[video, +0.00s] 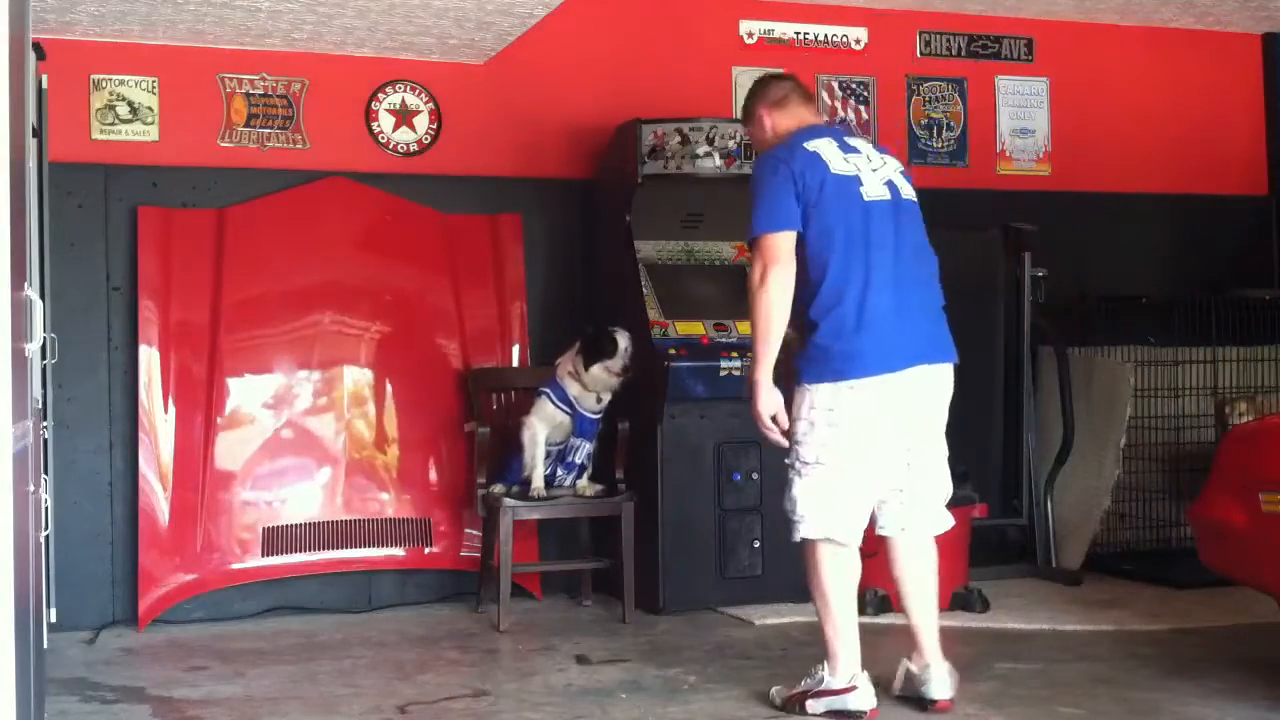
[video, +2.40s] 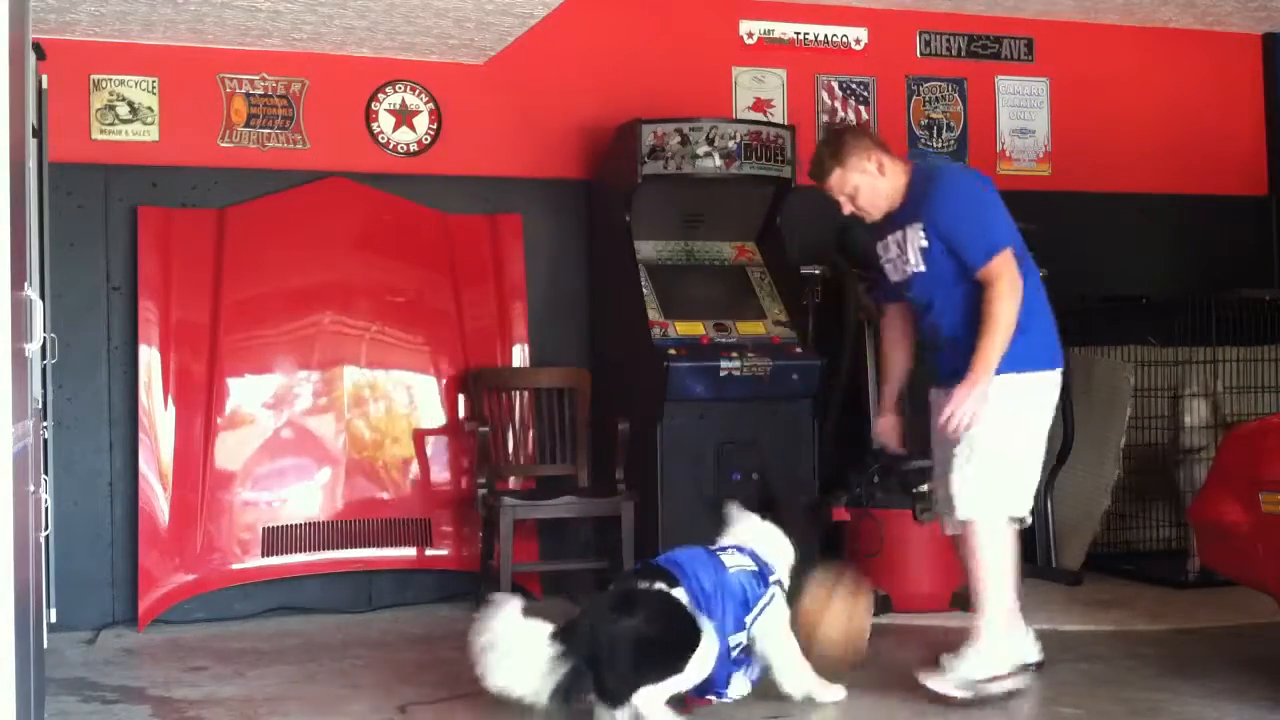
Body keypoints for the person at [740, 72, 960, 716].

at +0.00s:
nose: (753, 148)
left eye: (750, 137)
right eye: (748, 139)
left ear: (764, 118)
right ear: (817, 111)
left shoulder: (782, 159)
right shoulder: (880, 157)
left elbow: (775, 269)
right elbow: (898, 262)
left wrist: (762, 374)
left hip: (847, 367)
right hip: (928, 358)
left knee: (827, 520)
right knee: (912, 514)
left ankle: (843, 675)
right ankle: (931, 663)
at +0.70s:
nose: (814, 170)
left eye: (809, 155)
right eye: (808, 159)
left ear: (828, 130)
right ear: (856, 122)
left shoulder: (870, 169)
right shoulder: (932, 161)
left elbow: (866, 262)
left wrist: (768, 291)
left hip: (921, 362)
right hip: (990, 353)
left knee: (884, 507)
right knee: (979, 506)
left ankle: (895, 657)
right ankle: (981, 649)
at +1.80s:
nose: (792, 179)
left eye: (787, 163)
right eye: (783, 171)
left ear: (813, 125)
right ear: (819, 124)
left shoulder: (862, 166)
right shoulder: (882, 153)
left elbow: (889, 256)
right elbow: (905, 257)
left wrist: (836, 351)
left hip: (918, 357)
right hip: (953, 350)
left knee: (895, 507)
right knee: (943, 498)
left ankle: (905, 663)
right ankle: (990, 630)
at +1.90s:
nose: (797, 177)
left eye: (794, 161)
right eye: (789, 169)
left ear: (820, 123)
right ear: (828, 121)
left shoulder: (870, 164)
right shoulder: (888, 153)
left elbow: (910, 250)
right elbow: (892, 262)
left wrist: (898, 362)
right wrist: (827, 297)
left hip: (924, 359)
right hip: (955, 355)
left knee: (900, 503)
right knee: (941, 496)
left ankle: (905, 663)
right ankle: (995, 621)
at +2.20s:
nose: (829, 191)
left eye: (827, 176)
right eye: (820, 184)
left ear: (856, 142)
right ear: (846, 152)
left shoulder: (926, 179)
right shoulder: (880, 204)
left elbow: (989, 258)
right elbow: (887, 299)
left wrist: (991, 364)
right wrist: (813, 308)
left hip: (962, 377)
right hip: (935, 376)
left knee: (927, 513)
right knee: (956, 511)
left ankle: (911, 665)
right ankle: (1008, 628)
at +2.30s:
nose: (840, 202)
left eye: (840, 186)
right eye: (831, 194)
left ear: (870, 154)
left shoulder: (944, 185)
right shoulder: (881, 223)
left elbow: (1002, 269)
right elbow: (881, 325)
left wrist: (986, 369)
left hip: (995, 375)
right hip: (942, 379)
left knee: (960, 511)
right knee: (963, 512)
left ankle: (930, 655)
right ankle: (1012, 634)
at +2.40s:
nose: (848, 210)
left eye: (849, 195)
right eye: (840, 201)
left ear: (878, 163)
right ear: (866, 176)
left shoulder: (953, 190)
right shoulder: (882, 227)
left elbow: (1005, 279)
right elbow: (896, 318)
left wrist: (978, 378)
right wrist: (889, 403)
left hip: (1014, 366)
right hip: (956, 371)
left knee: (986, 498)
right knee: (964, 502)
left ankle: (996, 642)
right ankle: (1008, 632)